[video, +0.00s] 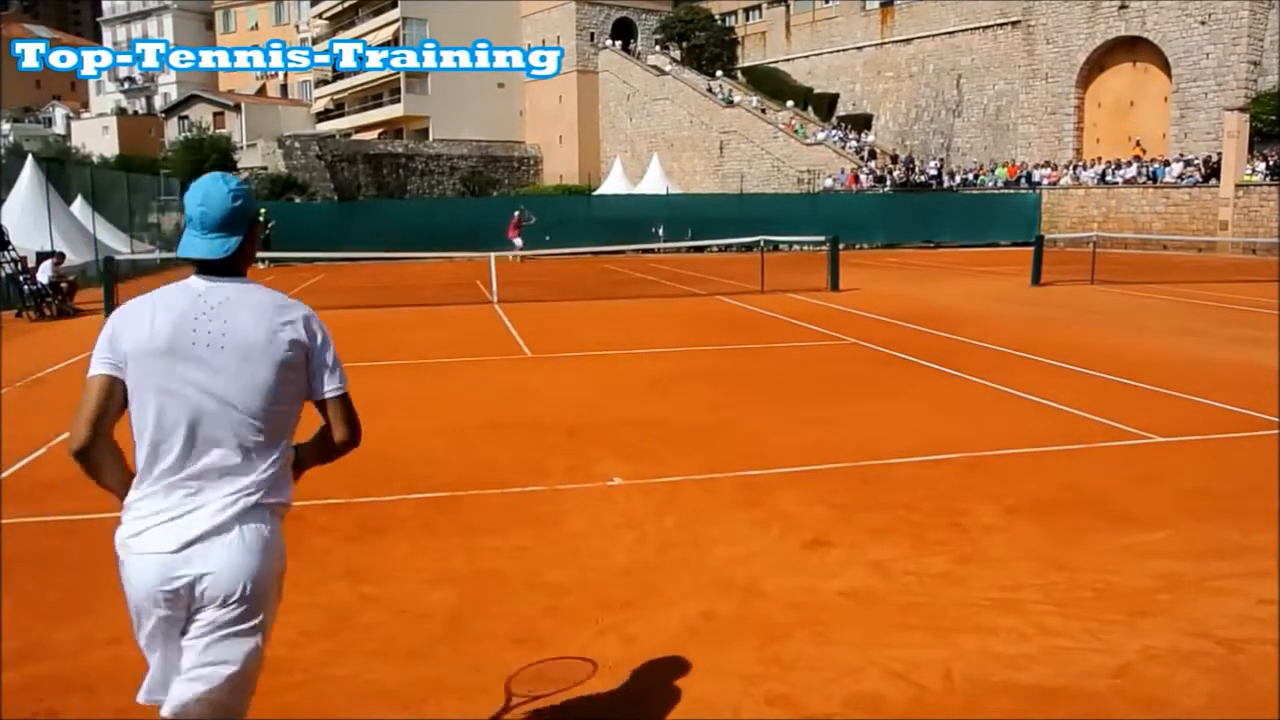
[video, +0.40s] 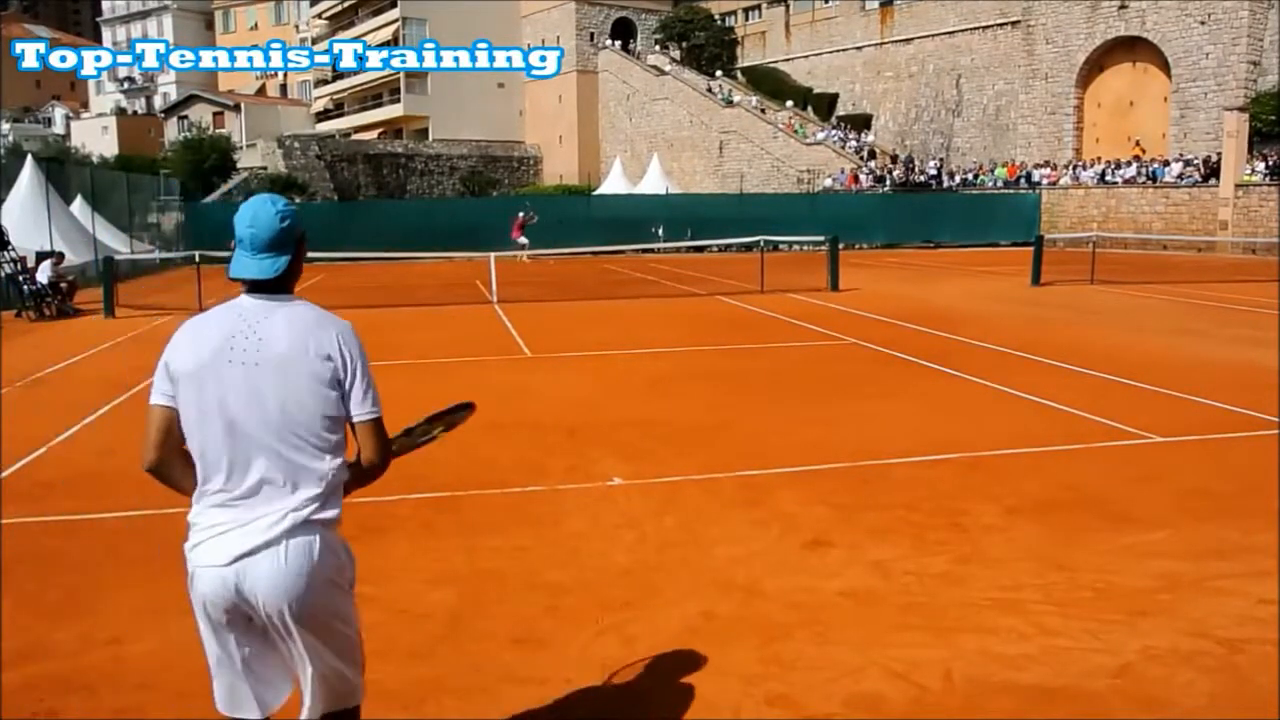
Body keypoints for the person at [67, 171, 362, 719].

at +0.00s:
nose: (256, 239)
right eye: (254, 232)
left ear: (187, 235)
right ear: (252, 239)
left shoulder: (132, 318)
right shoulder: (293, 319)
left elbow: (85, 440)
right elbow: (344, 432)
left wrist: (139, 495)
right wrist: (291, 459)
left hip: (148, 547)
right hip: (242, 548)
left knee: (175, 704)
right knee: (201, 710)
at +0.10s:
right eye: (263, 238)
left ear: (201, 240)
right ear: (267, 245)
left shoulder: (148, 325)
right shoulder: (306, 323)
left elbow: (109, 446)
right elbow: (354, 441)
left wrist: (169, 491)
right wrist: (304, 469)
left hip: (171, 553)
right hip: (262, 553)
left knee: (195, 705)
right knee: (244, 711)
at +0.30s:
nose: (281, 253)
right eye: (283, 246)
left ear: (218, 248)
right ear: (282, 252)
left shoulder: (168, 332)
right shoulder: (318, 328)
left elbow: (133, 452)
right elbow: (364, 449)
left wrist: (197, 490)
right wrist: (309, 478)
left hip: (192, 560)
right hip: (281, 557)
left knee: (225, 709)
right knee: (291, 709)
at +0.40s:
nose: (296, 256)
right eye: (298, 250)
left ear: (236, 255)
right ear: (299, 258)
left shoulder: (189, 337)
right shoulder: (332, 335)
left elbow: (158, 457)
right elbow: (374, 457)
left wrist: (218, 492)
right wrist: (329, 481)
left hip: (212, 563)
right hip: (301, 563)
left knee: (242, 710)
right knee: (334, 700)